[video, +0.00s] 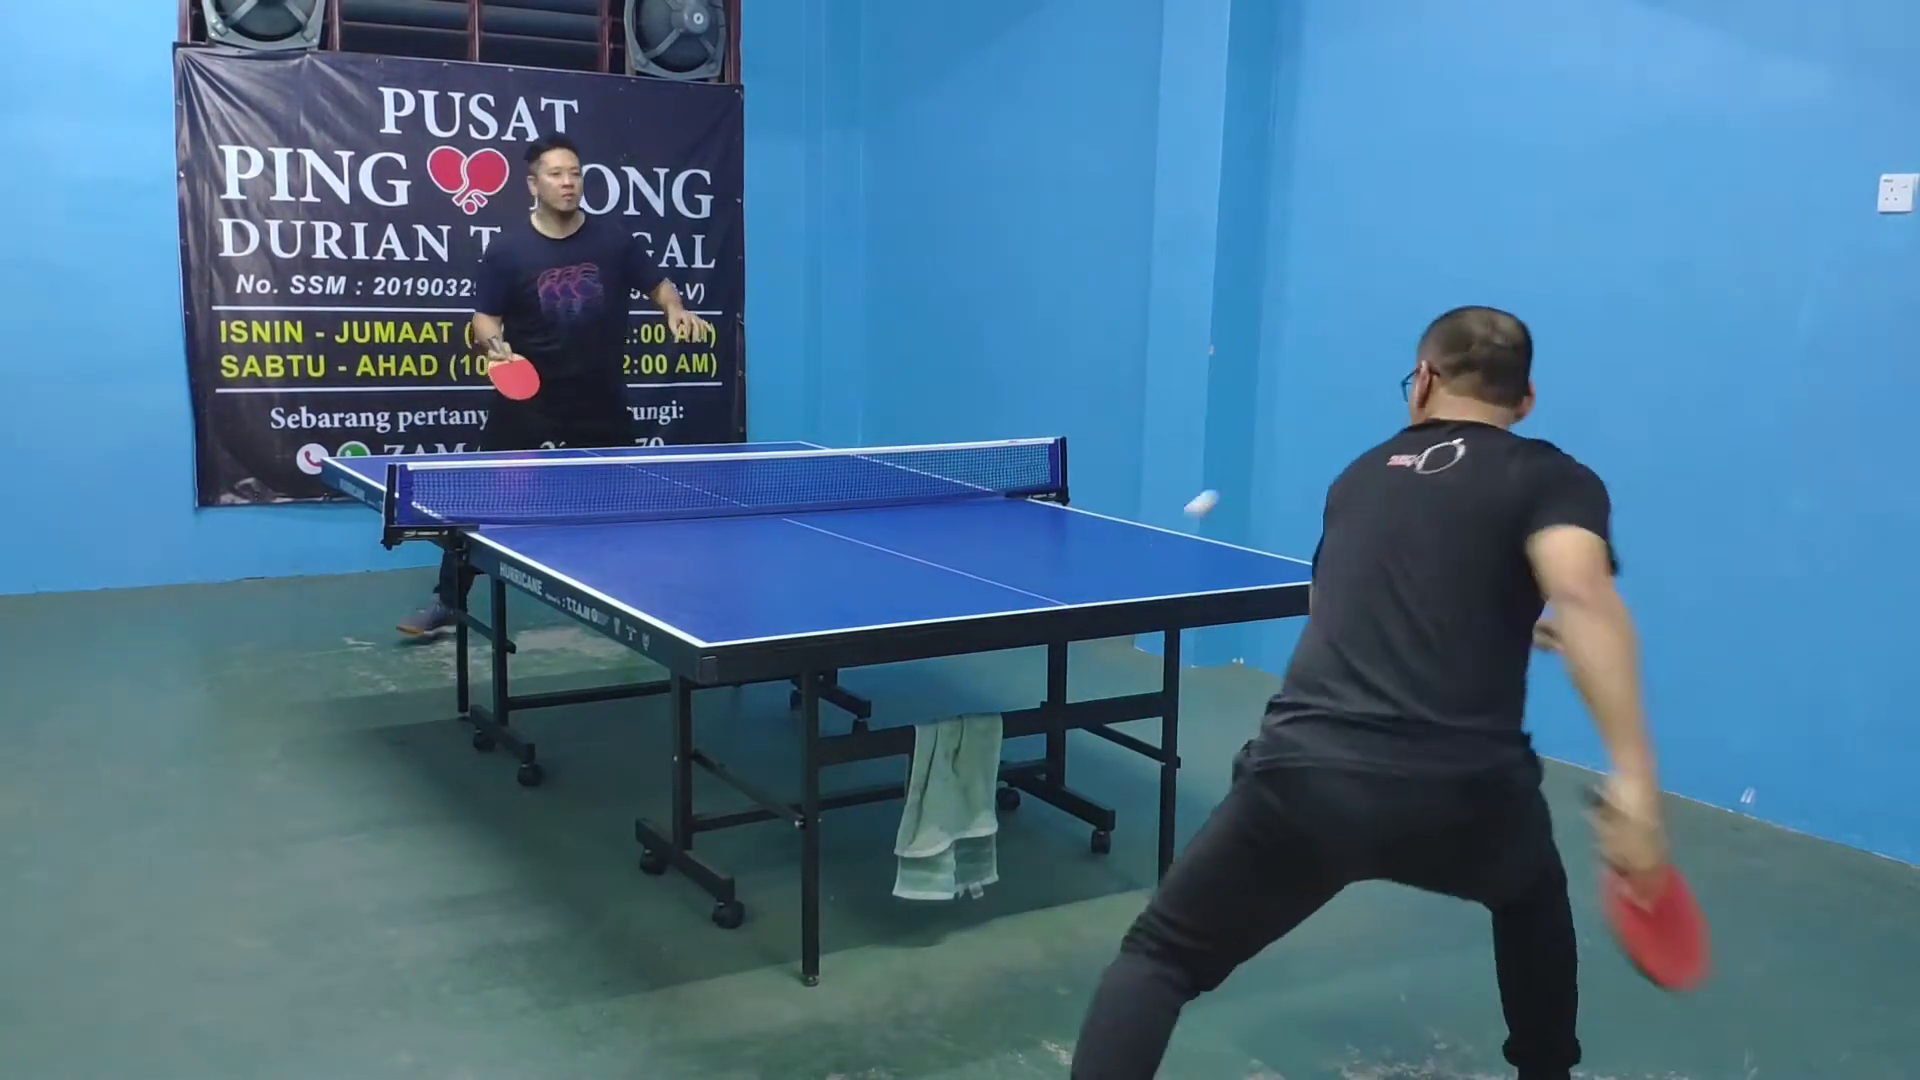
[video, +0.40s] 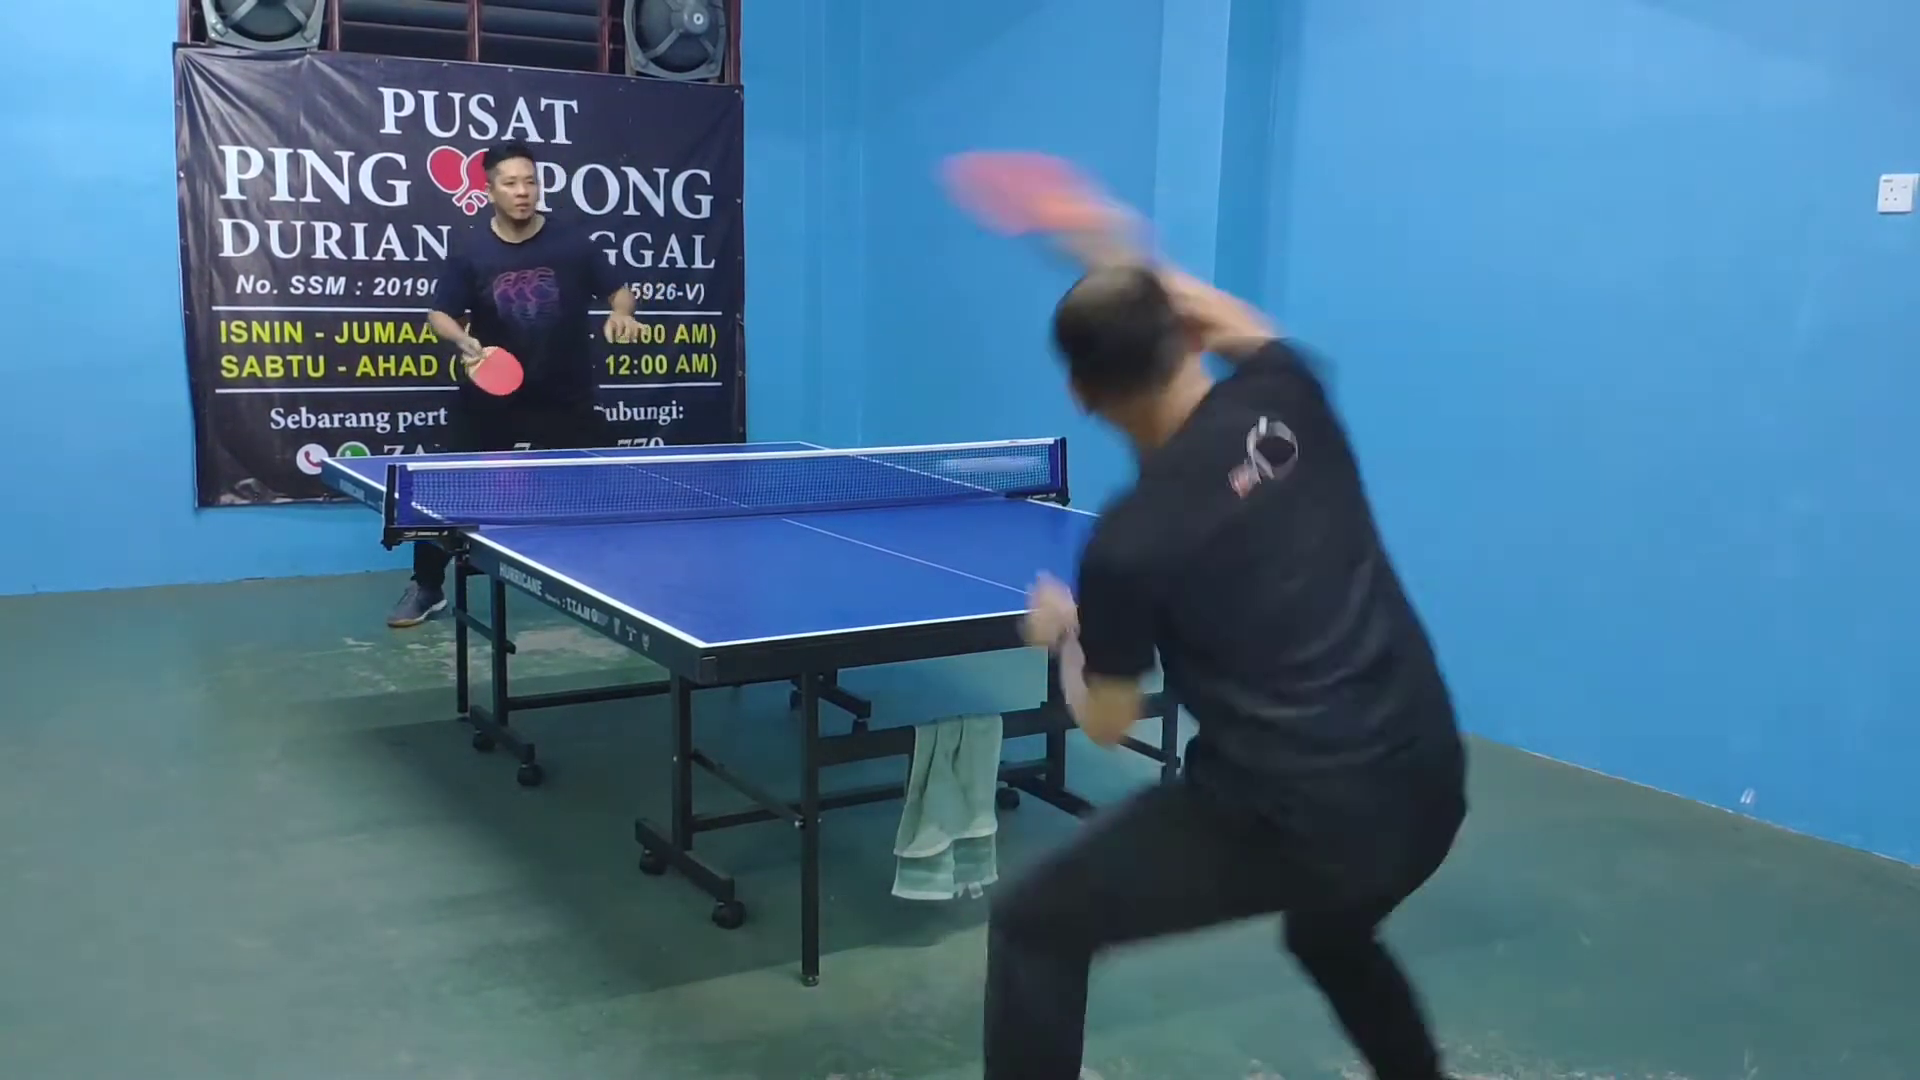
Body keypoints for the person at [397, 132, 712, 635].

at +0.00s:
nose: (568, 182)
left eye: (574, 173)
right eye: (556, 174)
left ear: (583, 180)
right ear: (533, 184)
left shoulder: (612, 239)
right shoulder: (509, 247)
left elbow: (656, 283)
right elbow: (484, 316)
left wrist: (677, 310)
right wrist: (494, 340)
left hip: (600, 399)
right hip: (528, 404)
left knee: (636, 498)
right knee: (476, 494)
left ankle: (659, 609)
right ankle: (449, 601)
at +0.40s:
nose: (523, 191)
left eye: (529, 182)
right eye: (511, 184)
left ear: (538, 186)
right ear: (489, 191)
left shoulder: (571, 240)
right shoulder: (470, 247)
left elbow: (618, 289)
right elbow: (439, 314)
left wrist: (621, 311)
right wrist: (464, 341)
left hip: (564, 395)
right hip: (491, 398)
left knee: (608, 483)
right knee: (446, 479)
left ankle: (631, 594)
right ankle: (426, 584)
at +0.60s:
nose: (439, 202)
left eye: (448, 193)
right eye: (429, 194)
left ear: (469, 197)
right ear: (417, 203)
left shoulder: (512, 245)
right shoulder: (400, 263)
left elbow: (576, 276)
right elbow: (342, 297)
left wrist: (639, 304)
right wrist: (286, 330)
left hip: (519, 397)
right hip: (447, 402)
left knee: (577, 482)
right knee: (410, 488)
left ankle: (611, 580)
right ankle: (390, 587)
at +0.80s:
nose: (375, 207)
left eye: (384, 196)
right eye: (364, 198)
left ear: (403, 196)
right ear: (352, 205)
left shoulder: (445, 236)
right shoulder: (340, 261)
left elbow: (500, 267)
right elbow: (290, 318)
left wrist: (554, 302)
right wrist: (298, 368)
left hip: (462, 375)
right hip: (391, 386)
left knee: (508, 462)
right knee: (381, 479)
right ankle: (385, 585)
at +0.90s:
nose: (367, 196)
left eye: (375, 185)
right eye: (356, 188)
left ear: (393, 186)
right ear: (343, 194)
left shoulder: (435, 228)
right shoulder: (330, 252)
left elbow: (488, 266)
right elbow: (291, 317)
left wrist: (544, 310)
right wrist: (327, 365)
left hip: (449, 375)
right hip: (381, 384)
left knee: (486, 467)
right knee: (378, 481)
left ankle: (468, 536)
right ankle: (384, 585)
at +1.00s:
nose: (357, 177)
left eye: (366, 166)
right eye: (347, 168)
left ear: (383, 168)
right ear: (334, 175)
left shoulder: (423, 214)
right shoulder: (317, 237)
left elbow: (471, 258)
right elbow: (292, 306)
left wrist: (508, 311)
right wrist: (333, 350)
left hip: (428, 368)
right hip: (361, 376)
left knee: (441, 465)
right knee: (366, 477)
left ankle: (423, 545)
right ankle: (380, 581)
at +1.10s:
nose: (353, 175)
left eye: (362, 164)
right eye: (343, 166)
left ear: (378, 166)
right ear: (329, 171)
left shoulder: (415, 221)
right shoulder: (308, 233)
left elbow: (455, 267)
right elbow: (281, 303)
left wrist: (463, 317)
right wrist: (321, 346)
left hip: (403, 369)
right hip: (339, 373)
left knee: (395, 466)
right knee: (339, 469)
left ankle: (377, 559)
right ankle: (354, 570)